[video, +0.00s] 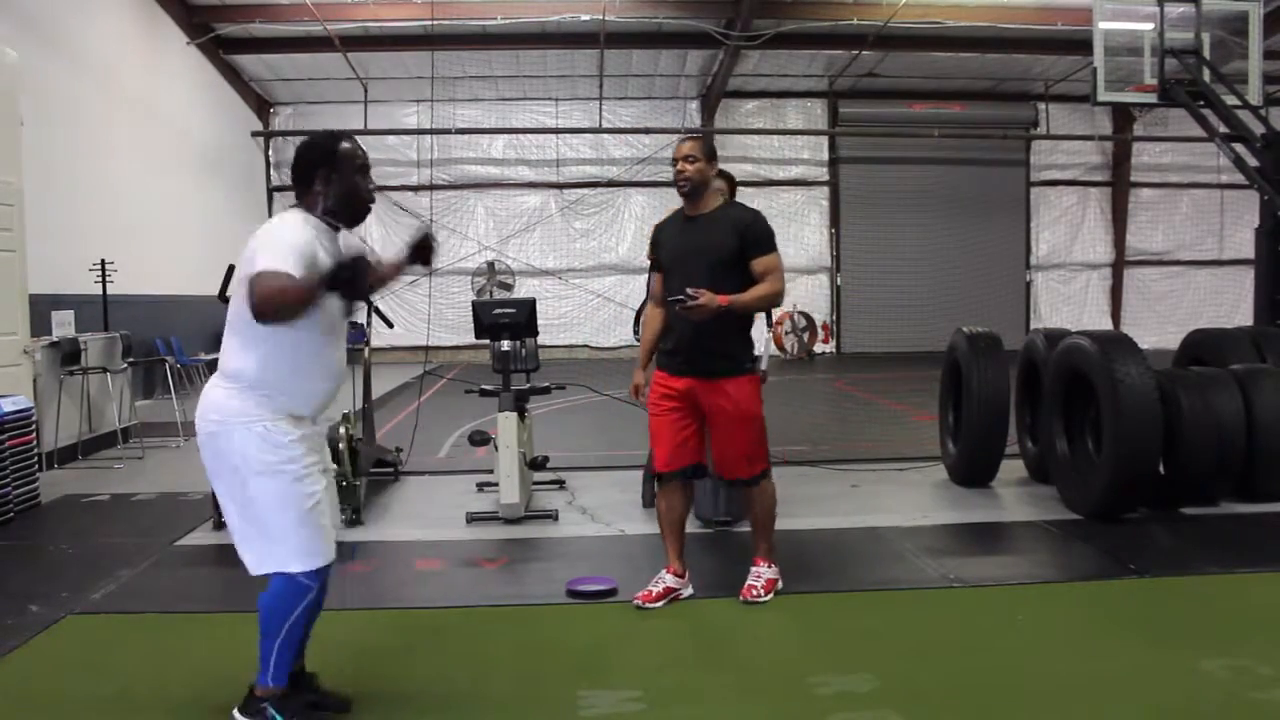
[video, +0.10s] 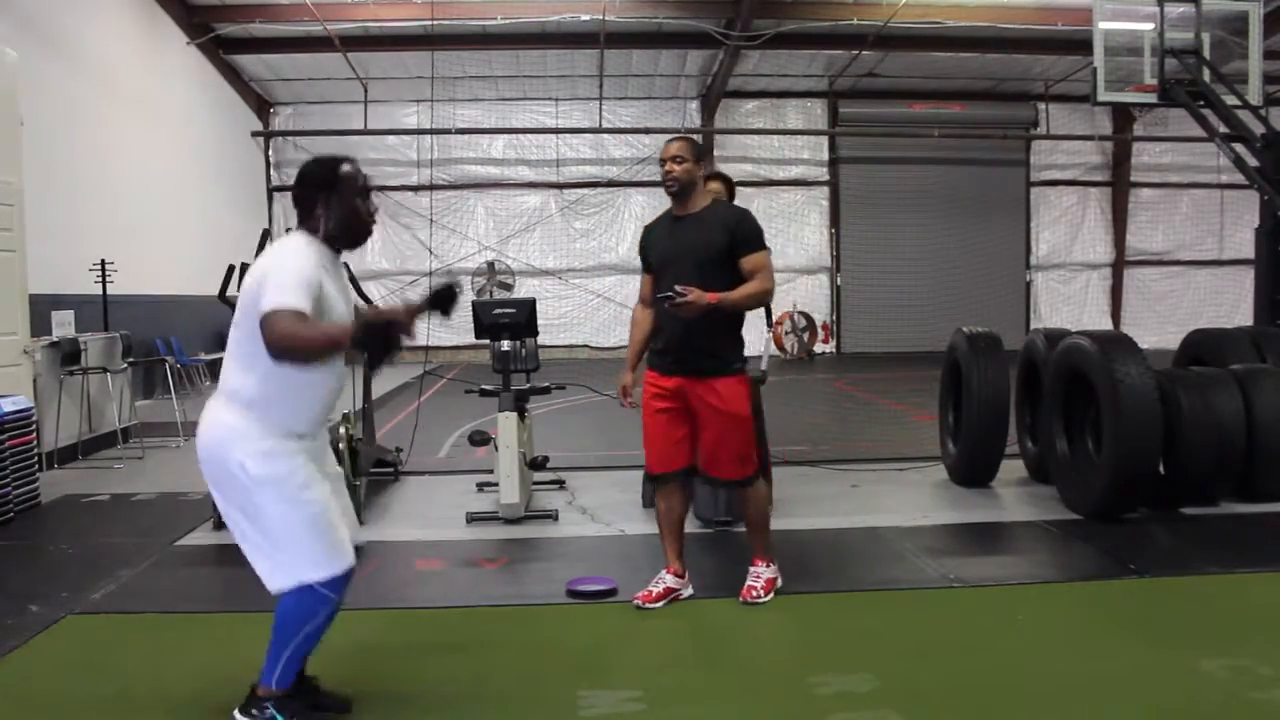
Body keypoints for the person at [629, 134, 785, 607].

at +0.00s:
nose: (682, 168)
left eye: (692, 161)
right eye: (677, 162)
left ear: (713, 167)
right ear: (672, 170)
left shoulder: (747, 223)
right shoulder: (665, 231)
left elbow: (775, 288)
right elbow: (656, 302)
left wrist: (723, 301)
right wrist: (642, 363)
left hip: (732, 373)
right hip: (672, 374)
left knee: (751, 472)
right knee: (668, 472)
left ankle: (764, 563)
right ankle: (675, 570)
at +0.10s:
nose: (669, 169)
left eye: (679, 161)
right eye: (664, 162)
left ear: (702, 167)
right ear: (660, 171)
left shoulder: (735, 221)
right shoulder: (654, 233)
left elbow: (764, 285)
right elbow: (646, 303)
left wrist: (713, 299)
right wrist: (630, 365)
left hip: (722, 373)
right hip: (664, 374)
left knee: (745, 474)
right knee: (666, 474)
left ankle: (762, 564)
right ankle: (674, 571)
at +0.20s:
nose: (658, 169)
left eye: (668, 161)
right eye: (653, 163)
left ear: (689, 167)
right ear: (649, 172)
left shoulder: (724, 218)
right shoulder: (643, 234)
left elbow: (757, 283)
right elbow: (635, 305)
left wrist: (704, 297)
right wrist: (619, 366)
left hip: (713, 374)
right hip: (658, 375)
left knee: (733, 474)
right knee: (664, 474)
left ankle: (760, 561)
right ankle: (674, 571)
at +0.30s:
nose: (648, 170)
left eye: (657, 162)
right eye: (642, 164)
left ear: (679, 168)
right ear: (638, 174)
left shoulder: (715, 217)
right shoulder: (635, 236)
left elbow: (748, 282)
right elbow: (627, 306)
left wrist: (696, 296)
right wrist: (608, 364)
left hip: (706, 372)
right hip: (653, 374)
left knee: (723, 475)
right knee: (663, 475)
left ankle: (755, 555)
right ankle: (674, 572)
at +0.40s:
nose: (639, 171)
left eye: (648, 163)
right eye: (633, 165)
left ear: (671, 168)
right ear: (630, 174)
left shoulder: (708, 216)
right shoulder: (629, 237)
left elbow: (742, 280)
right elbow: (621, 307)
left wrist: (689, 297)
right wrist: (601, 364)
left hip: (701, 371)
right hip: (649, 374)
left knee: (712, 473)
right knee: (661, 474)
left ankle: (748, 557)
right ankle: (674, 572)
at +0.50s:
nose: (632, 171)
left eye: (641, 163)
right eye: (627, 165)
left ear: (665, 169)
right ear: (624, 175)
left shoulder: (703, 217)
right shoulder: (626, 238)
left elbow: (737, 278)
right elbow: (618, 308)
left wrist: (683, 298)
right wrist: (596, 365)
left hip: (698, 369)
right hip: (646, 372)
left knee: (702, 474)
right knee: (659, 474)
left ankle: (747, 556)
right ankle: (673, 573)